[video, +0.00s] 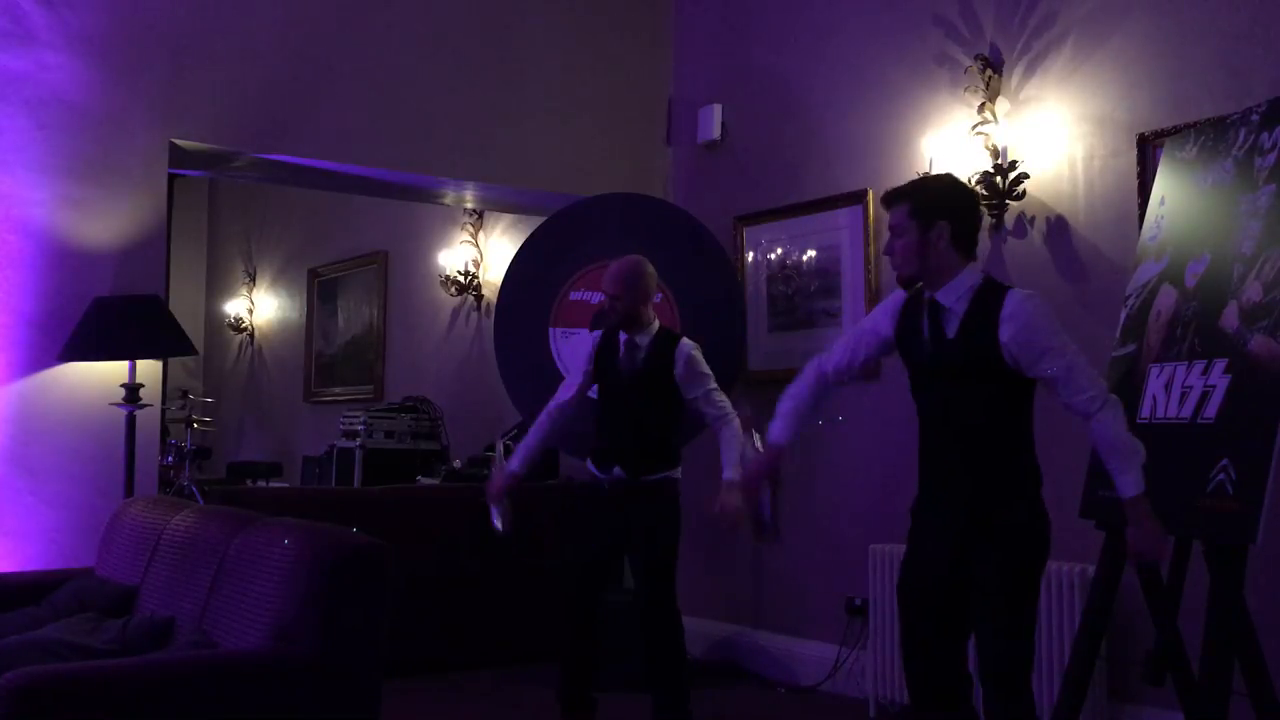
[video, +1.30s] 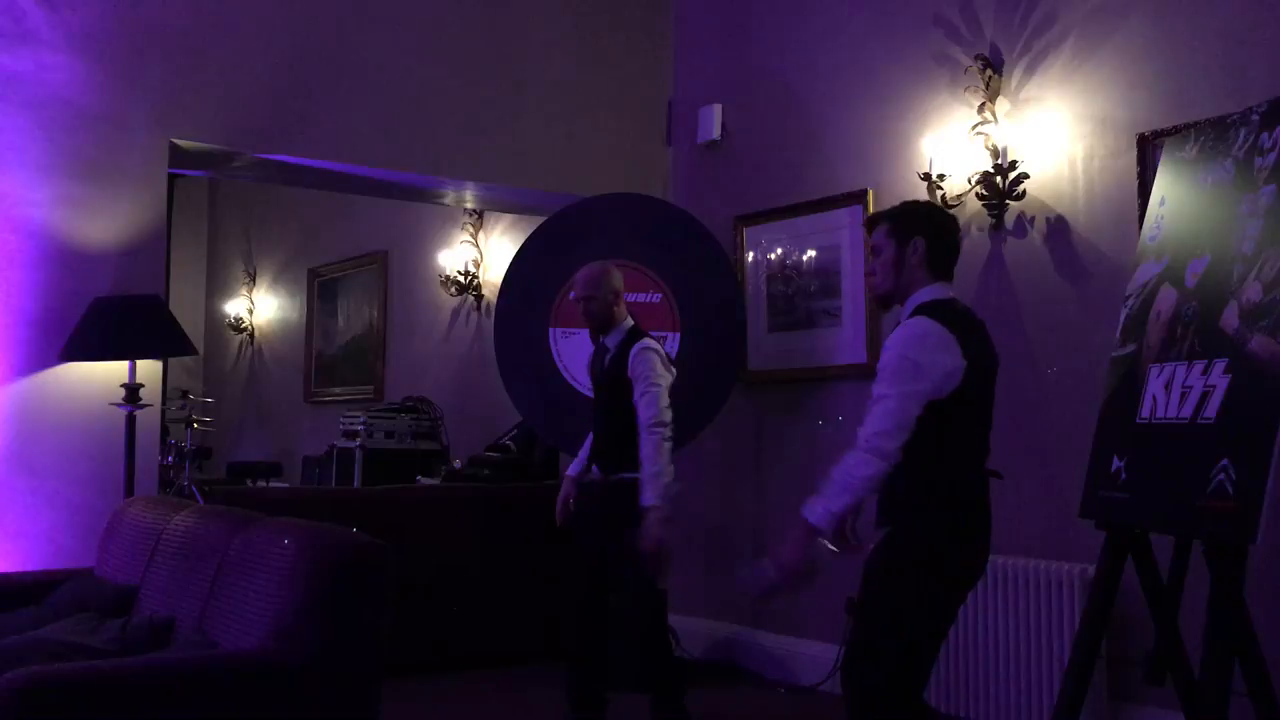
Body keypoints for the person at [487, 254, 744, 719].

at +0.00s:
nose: (612, 308)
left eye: (622, 300)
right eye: (609, 300)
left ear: (648, 299)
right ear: (608, 299)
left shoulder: (681, 354)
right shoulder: (599, 349)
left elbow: (724, 417)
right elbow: (557, 408)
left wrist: (730, 480)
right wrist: (514, 468)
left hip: (656, 496)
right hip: (600, 493)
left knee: (657, 605)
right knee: (585, 602)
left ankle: (669, 707)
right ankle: (577, 705)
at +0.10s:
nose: (614, 305)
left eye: (622, 296)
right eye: (612, 296)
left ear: (649, 297)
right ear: (615, 298)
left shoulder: (682, 357)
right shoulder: (615, 346)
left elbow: (725, 421)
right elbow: (562, 378)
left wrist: (723, 499)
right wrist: (506, 411)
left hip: (658, 496)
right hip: (612, 492)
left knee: (652, 607)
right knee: (592, 598)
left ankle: (671, 709)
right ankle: (579, 703)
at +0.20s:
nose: (610, 301)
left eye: (618, 293)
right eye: (611, 292)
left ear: (644, 295)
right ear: (640, 295)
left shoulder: (679, 359)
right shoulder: (621, 336)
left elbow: (724, 430)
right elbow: (572, 340)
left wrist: (712, 497)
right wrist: (517, 352)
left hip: (657, 497)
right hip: (616, 489)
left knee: (650, 607)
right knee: (594, 596)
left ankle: (669, 708)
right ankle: (578, 701)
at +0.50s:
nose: (610, 297)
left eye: (616, 289)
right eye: (610, 289)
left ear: (635, 293)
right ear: (649, 290)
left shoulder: (679, 356)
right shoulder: (619, 336)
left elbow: (716, 421)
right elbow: (620, 380)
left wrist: (681, 447)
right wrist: (571, 378)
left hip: (653, 492)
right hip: (613, 486)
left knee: (651, 599)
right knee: (594, 593)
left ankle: (668, 703)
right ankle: (586, 699)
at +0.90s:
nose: (592, 319)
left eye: (599, 309)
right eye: (589, 309)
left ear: (625, 304)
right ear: (593, 306)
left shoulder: (674, 351)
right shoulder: (602, 351)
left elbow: (729, 406)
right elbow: (603, 404)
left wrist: (708, 463)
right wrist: (572, 453)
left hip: (661, 491)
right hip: (612, 489)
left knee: (657, 599)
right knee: (596, 596)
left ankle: (671, 702)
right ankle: (589, 700)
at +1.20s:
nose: (579, 311)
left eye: (586, 301)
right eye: (574, 303)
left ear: (611, 298)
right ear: (576, 303)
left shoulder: (645, 351)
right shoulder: (596, 352)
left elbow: (683, 422)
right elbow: (606, 416)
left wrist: (708, 494)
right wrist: (578, 469)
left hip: (647, 492)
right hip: (609, 490)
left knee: (643, 601)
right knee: (604, 598)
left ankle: (670, 702)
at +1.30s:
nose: (582, 309)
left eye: (589, 300)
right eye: (579, 301)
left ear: (616, 299)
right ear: (585, 303)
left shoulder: (643, 353)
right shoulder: (601, 353)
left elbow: (656, 431)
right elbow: (603, 425)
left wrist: (655, 506)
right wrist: (573, 475)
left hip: (633, 497)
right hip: (601, 495)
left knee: (640, 607)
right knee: (597, 604)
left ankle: (665, 702)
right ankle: (591, 699)